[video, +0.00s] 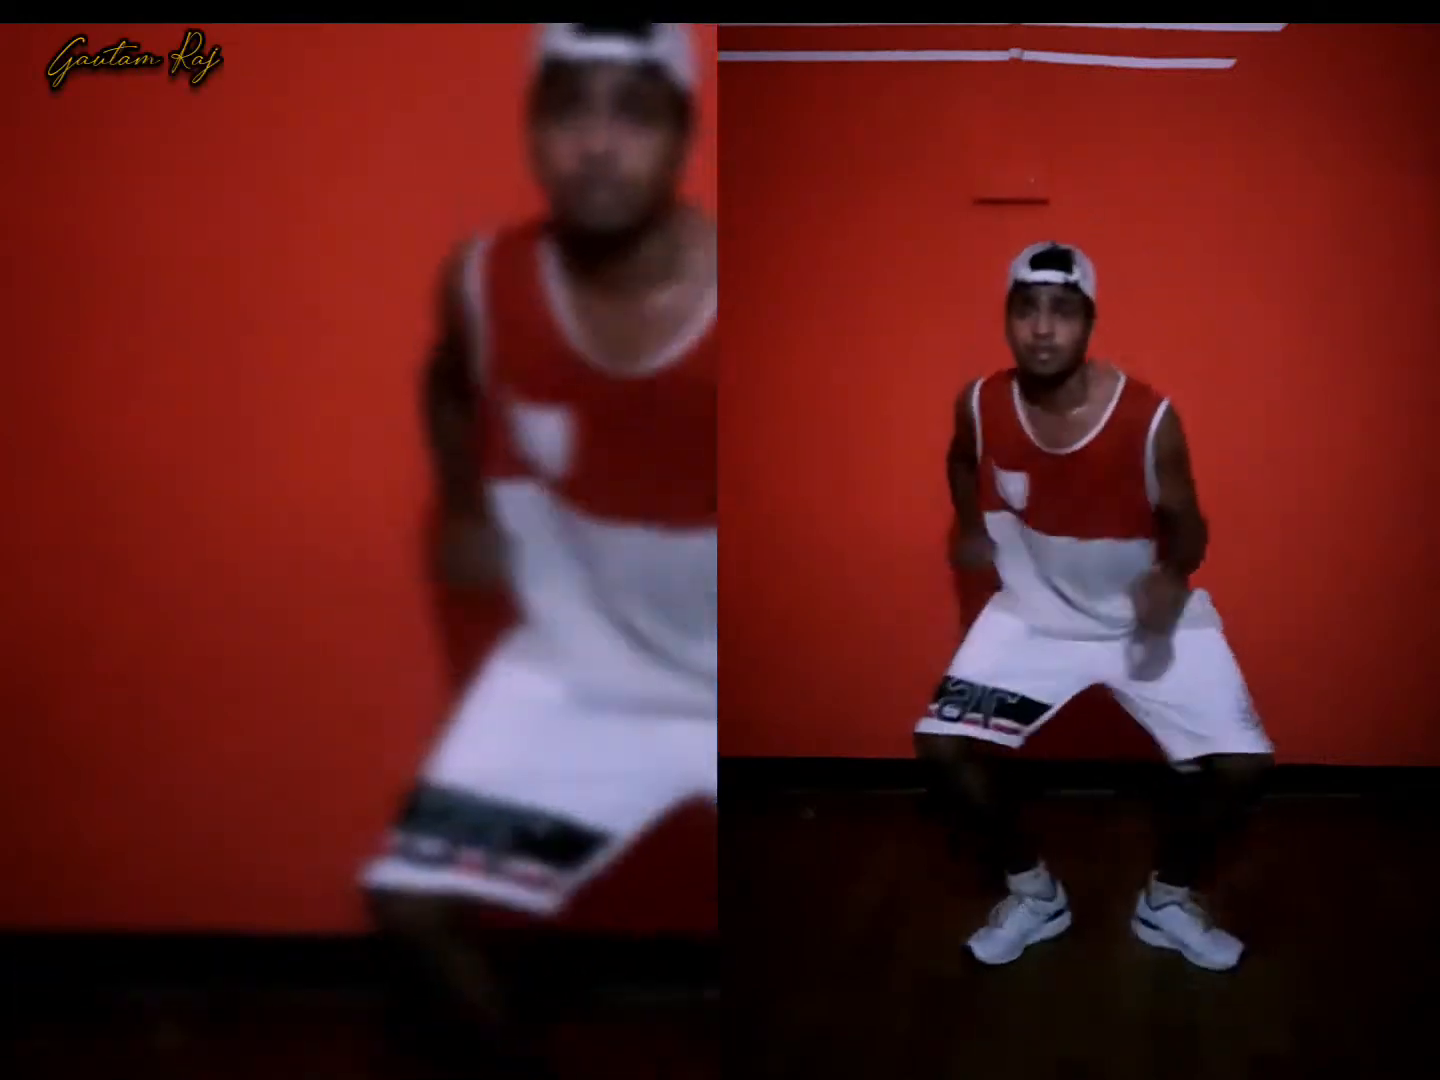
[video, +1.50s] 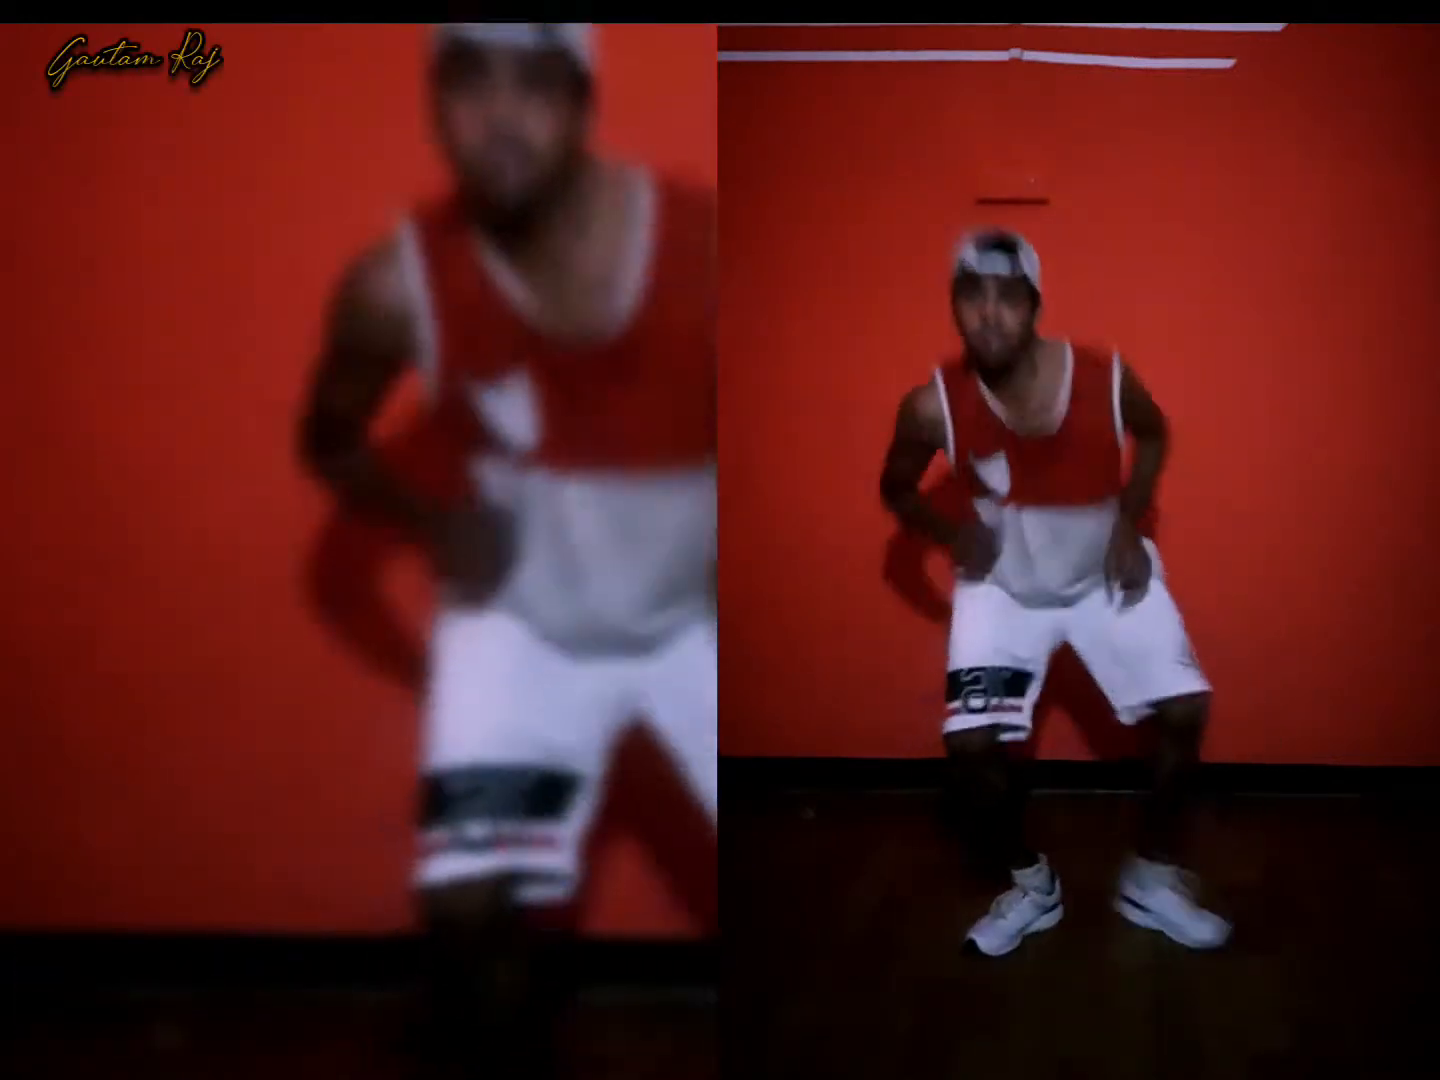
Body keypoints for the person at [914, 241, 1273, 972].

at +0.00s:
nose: (1042, 330)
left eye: (1062, 315)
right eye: (1027, 313)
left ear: (1089, 326)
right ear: (1008, 324)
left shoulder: (1148, 419)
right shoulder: (981, 407)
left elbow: (1187, 525)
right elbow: (963, 467)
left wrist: (1168, 581)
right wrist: (972, 530)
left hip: (1147, 616)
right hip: (1032, 614)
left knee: (1236, 763)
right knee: (948, 745)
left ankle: (1167, 899)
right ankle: (1032, 893)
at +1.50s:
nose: (987, 317)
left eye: (1005, 301)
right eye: (973, 300)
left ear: (1034, 309)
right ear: (956, 311)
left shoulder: (1103, 378)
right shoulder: (934, 408)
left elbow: (1154, 433)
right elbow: (897, 487)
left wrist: (1131, 524)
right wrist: (950, 533)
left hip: (1107, 575)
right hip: (1001, 585)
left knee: (1184, 709)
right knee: (974, 740)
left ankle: (1151, 874)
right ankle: (1029, 885)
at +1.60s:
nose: (958, 263)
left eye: (975, 245)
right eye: (943, 246)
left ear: (1006, 250)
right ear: (927, 260)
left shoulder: (1070, 307)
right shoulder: (923, 374)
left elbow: (1104, 412)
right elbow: (918, 512)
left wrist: (1119, 506)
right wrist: (977, 499)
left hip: (1090, 563)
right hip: (993, 578)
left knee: (1136, 713)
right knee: (982, 743)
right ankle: (1030, 883)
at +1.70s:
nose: (949, 269)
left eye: (965, 253)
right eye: (933, 254)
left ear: (990, 259)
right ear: (916, 266)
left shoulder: (1037, 318)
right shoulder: (914, 373)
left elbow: (1060, 420)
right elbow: (963, 516)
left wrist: (1108, 487)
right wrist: (992, 433)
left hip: (1072, 572)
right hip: (986, 579)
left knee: (1050, 742)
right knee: (981, 745)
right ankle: (992, 878)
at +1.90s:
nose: (1002, 284)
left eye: (1020, 269)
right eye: (988, 266)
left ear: (1043, 278)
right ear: (968, 271)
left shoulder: (1060, 357)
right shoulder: (928, 351)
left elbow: (1060, 461)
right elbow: (908, 489)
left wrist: (1122, 484)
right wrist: (950, 475)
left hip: (1028, 590)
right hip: (945, 583)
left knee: (993, 772)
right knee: (940, 761)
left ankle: (917, 835)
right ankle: (870, 862)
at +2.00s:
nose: (1045, 270)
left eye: (1063, 255)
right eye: (1031, 251)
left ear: (1086, 266)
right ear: (1008, 259)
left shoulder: (1099, 348)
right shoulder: (963, 337)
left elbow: (1089, 440)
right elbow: (880, 460)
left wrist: (1146, 494)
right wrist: (904, 542)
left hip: (1023, 566)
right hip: (932, 559)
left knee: (1048, 719)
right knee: (911, 738)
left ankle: (960, 817)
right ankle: (861, 860)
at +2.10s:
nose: (1094, 314)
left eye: (1112, 297)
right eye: (1078, 295)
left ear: (1135, 309)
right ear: (1054, 303)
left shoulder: (1149, 400)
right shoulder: (1000, 387)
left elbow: (1134, 473)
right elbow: (888, 472)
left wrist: (1152, 550)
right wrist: (869, 588)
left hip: (1032, 540)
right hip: (936, 526)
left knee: (1058, 712)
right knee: (896, 703)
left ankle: (1066, 897)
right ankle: (850, 864)